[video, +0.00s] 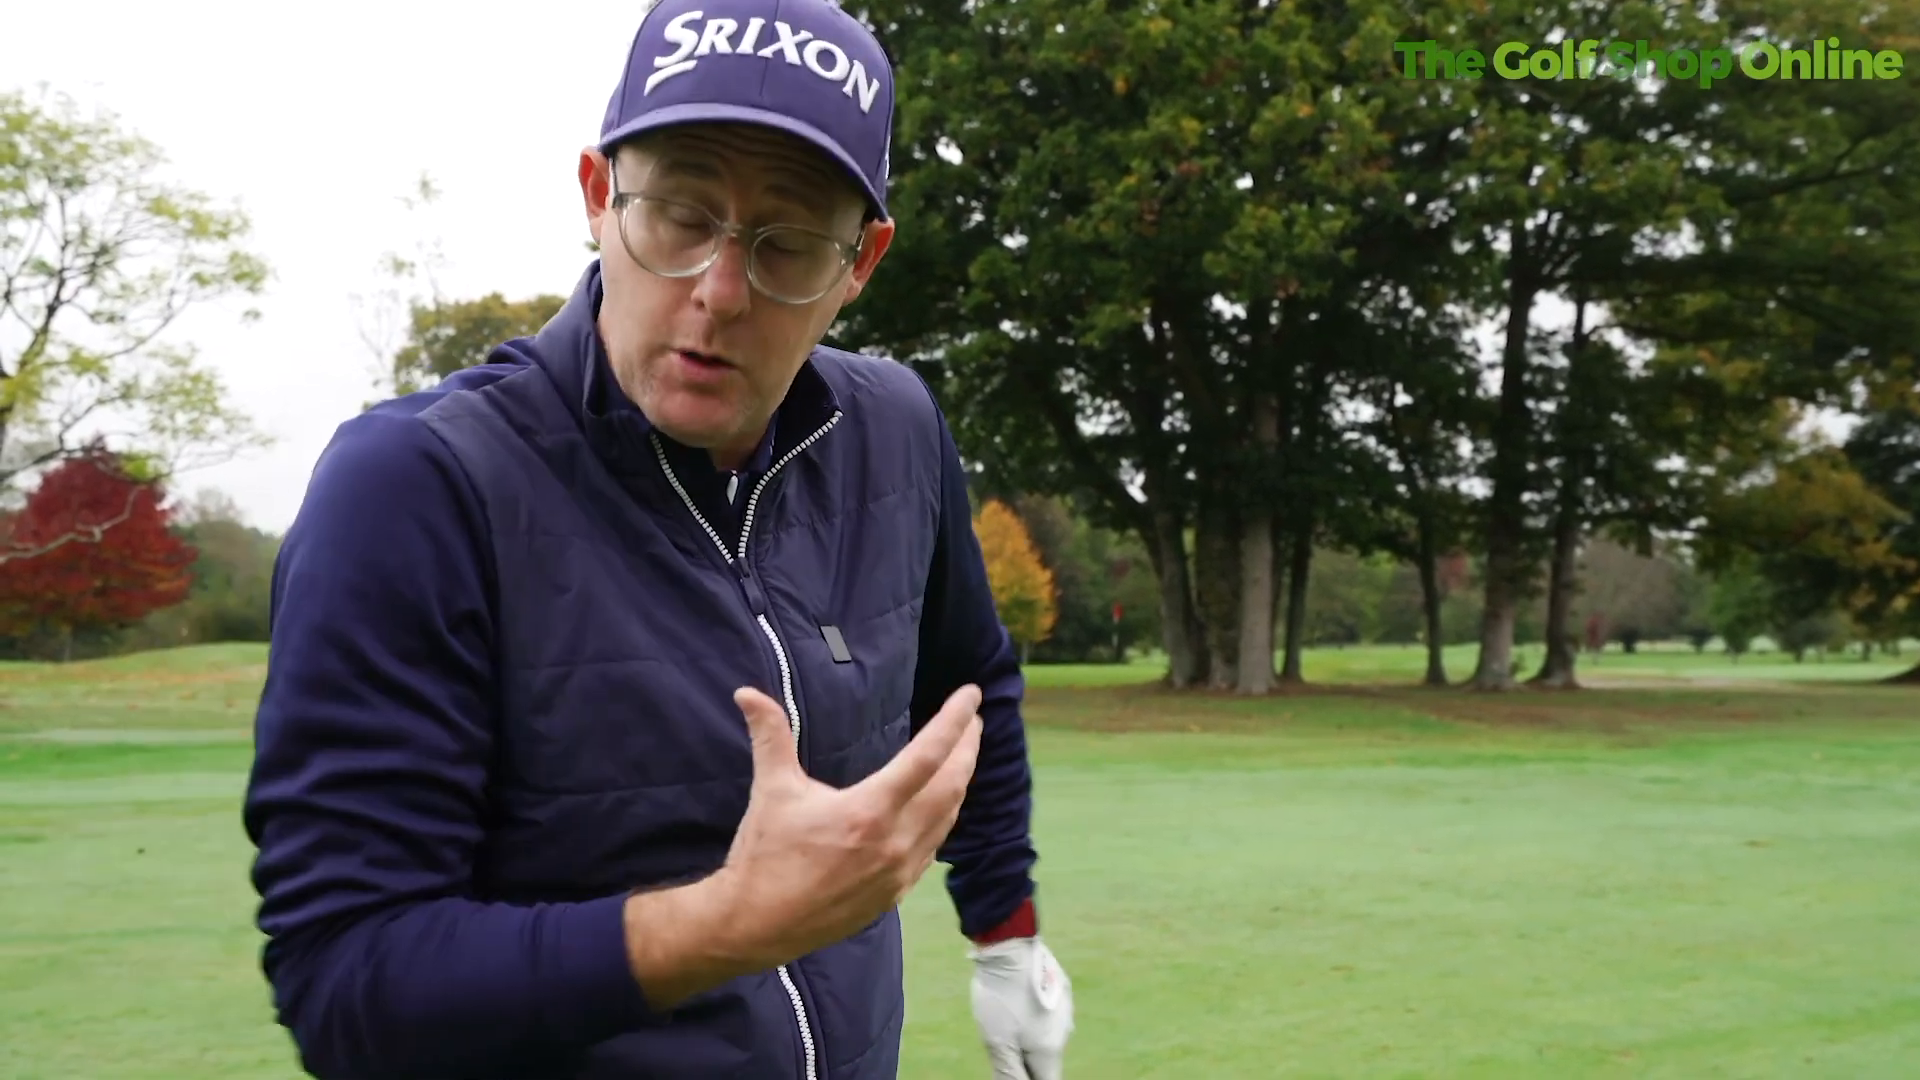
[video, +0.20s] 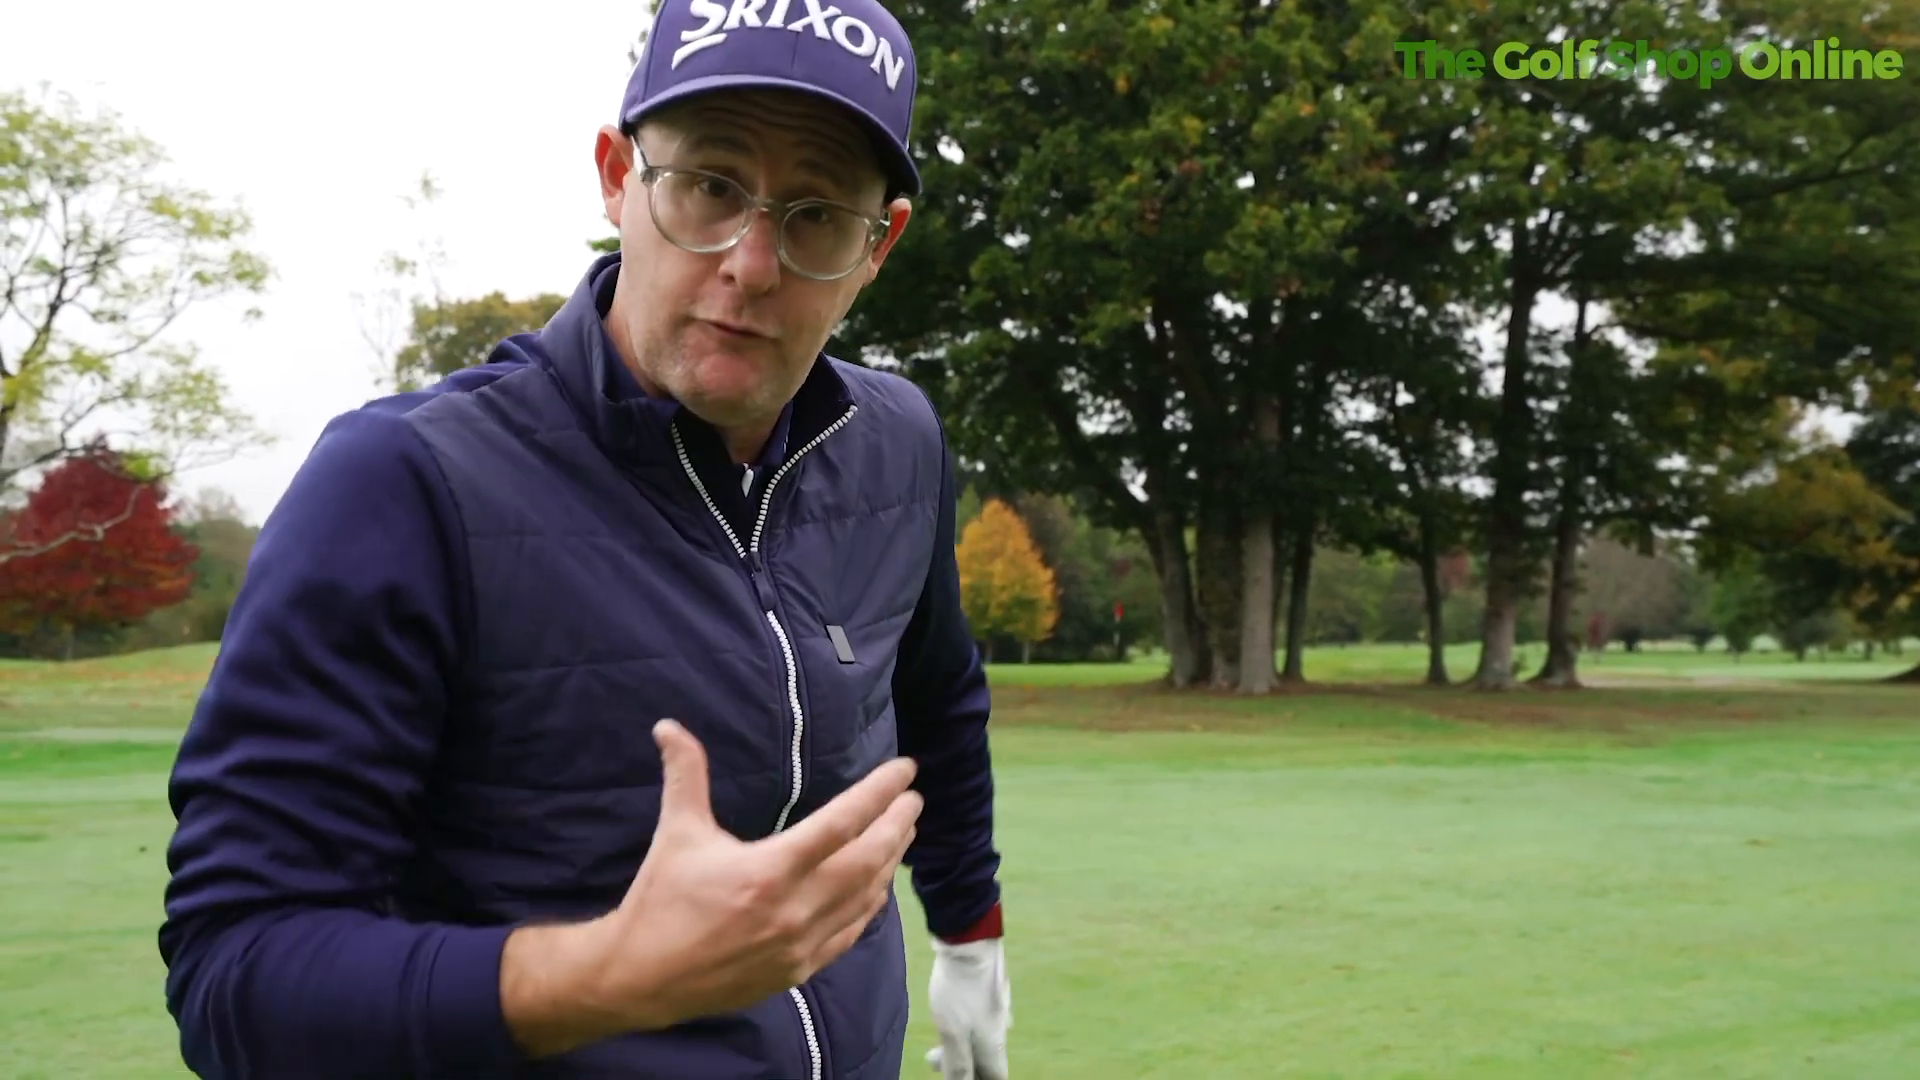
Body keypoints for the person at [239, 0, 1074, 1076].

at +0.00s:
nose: (721, 291)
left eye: (782, 240)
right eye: (683, 216)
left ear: (857, 266)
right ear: (600, 200)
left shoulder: (893, 434)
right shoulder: (415, 484)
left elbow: (970, 690)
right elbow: (343, 979)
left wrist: (1004, 933)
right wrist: (717, 923)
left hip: (851, 1054)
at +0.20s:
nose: (750, 266)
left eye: (811, 212)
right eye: (713, 188)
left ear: (878, 244)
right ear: (619, 179)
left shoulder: (897, 450)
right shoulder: (404, 486)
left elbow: (938, 699)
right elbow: (237, 975)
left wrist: (969, 930)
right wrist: (602, 974)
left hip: (852, 1049)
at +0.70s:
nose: (792, 231)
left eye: (844, 181)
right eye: (746, 159)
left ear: (889, 228)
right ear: (638, 169)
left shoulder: (891, 476)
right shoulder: (408, 509)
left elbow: (830, 836)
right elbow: (242, 971)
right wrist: (553, 1064)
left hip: (854, 1054)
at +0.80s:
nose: (795, 243)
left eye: (847, 192)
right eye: (750, 168)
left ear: (893, 233)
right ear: (639, 171)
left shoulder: (887, 475)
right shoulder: (405, 514)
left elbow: (834, 829)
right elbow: (250, 977)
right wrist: (561, 1048)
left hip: (849, 1058)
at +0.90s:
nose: (779, 237)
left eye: (829, 185)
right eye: (730, 167)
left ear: (884, 225)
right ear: (627, 177)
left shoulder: (886, 476)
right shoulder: (405, 508)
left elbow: (827, 845)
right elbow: (283, 968)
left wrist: (850, 1044)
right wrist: (566, 1067)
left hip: (841, 1056)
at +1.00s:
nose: (767, 200)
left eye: (811, 154)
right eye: (712, 139)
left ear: (863, 200)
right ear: (608, 170)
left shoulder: (882, 472)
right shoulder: (402, 506)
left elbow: (820, 840)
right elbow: (274, 966)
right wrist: (561, 1060)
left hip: (838, 1056)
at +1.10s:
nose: (759, 195)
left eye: (803, 147)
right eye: (704, 135)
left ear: (852, 194)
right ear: (598, 167)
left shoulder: (875, 472)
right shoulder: (394, 505)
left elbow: (829, 845)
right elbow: (262, 971)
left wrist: (846, 1040)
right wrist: (558, 1073)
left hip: (837, 1054)